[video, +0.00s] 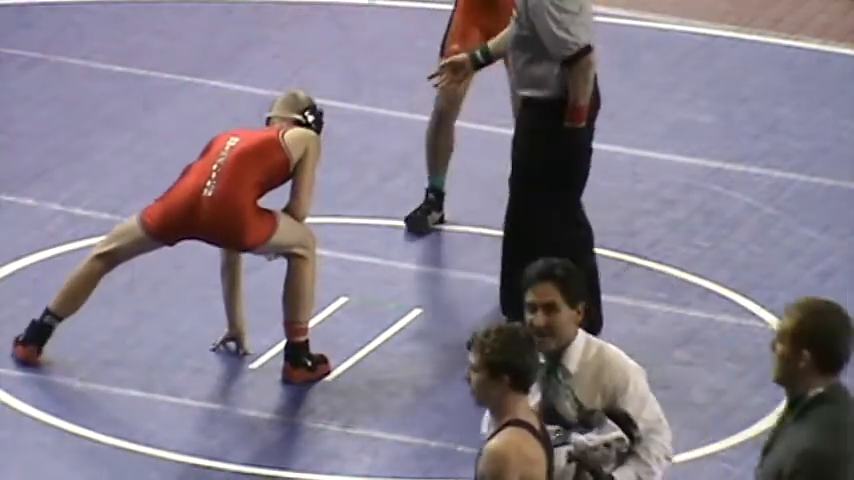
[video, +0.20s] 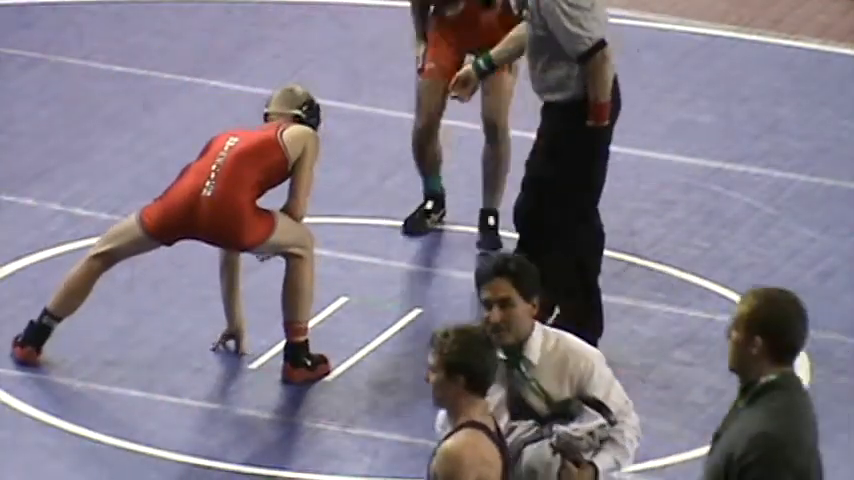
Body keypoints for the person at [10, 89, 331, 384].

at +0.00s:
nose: (315, 139)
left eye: (315, 134)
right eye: (316, 132)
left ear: (272, 119)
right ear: (308, 124)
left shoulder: (230, 139)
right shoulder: (306, 138)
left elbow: (231, 252)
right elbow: (298, 213)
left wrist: (236, 330)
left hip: (175, 211)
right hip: (233, 221)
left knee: (103, 256)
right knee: (304, 244)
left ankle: (33, 339)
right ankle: (298, 359)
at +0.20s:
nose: (314, 134)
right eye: (315, 127)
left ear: (270, 115)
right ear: (308, 120)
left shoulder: (230, 138)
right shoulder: (305, 135)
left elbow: (230, 247)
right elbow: (296, 212)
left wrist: (234, 323)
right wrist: (270, 242)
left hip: (175, 211)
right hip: (232, 220)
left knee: (100, 256)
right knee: (302, 244)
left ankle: (31, 340)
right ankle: (298, 359)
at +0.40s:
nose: (316, 128)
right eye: (316, 120)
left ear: (270, 112)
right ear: (308, 115)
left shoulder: (231, 137)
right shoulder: (307, 132)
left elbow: (231, 246)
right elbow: (300, 211)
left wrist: (235, 324)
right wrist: (281, 246)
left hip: (179, 211)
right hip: (237, 219)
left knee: (102, 258)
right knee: (306, 244)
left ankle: (32, 340)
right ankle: (298, 359)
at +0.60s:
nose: (314, 133)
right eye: (315, 123)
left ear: (270, 111)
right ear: (309, 117)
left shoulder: (231, 135)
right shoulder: (306, 135)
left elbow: (232, 248)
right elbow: (314, 216)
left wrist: (234, 323)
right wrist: (326, 204)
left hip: (182, 211)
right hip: (238, 217)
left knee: (105, 259)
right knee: (308, 243)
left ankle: (32, 340)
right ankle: (299, 359)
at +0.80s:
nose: (272, 103)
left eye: (277, 102)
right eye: (278, 101)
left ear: (277, 111)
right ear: (311, 119)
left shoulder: (233, 134)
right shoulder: (307, 141)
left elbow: (232, 244)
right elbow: (320, 221)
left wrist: (235, 322)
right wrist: (341, 198)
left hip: (178, 208)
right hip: (237, 216)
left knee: (105, 258)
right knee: (306, 243)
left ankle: (33, 339)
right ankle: (297, 357)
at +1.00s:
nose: (282, 114)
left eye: (280, 105)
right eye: (312, 118)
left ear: (274, 107)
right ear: (312, 116)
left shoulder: (233, 131)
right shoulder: (307, 143)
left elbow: (211, 219)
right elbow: (316, 225)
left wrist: (226, 297)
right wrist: (344, 211)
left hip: (178, 208)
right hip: (235, 214)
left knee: (104, 260)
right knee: (305, 244)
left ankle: (33, 339)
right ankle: (296, 358)